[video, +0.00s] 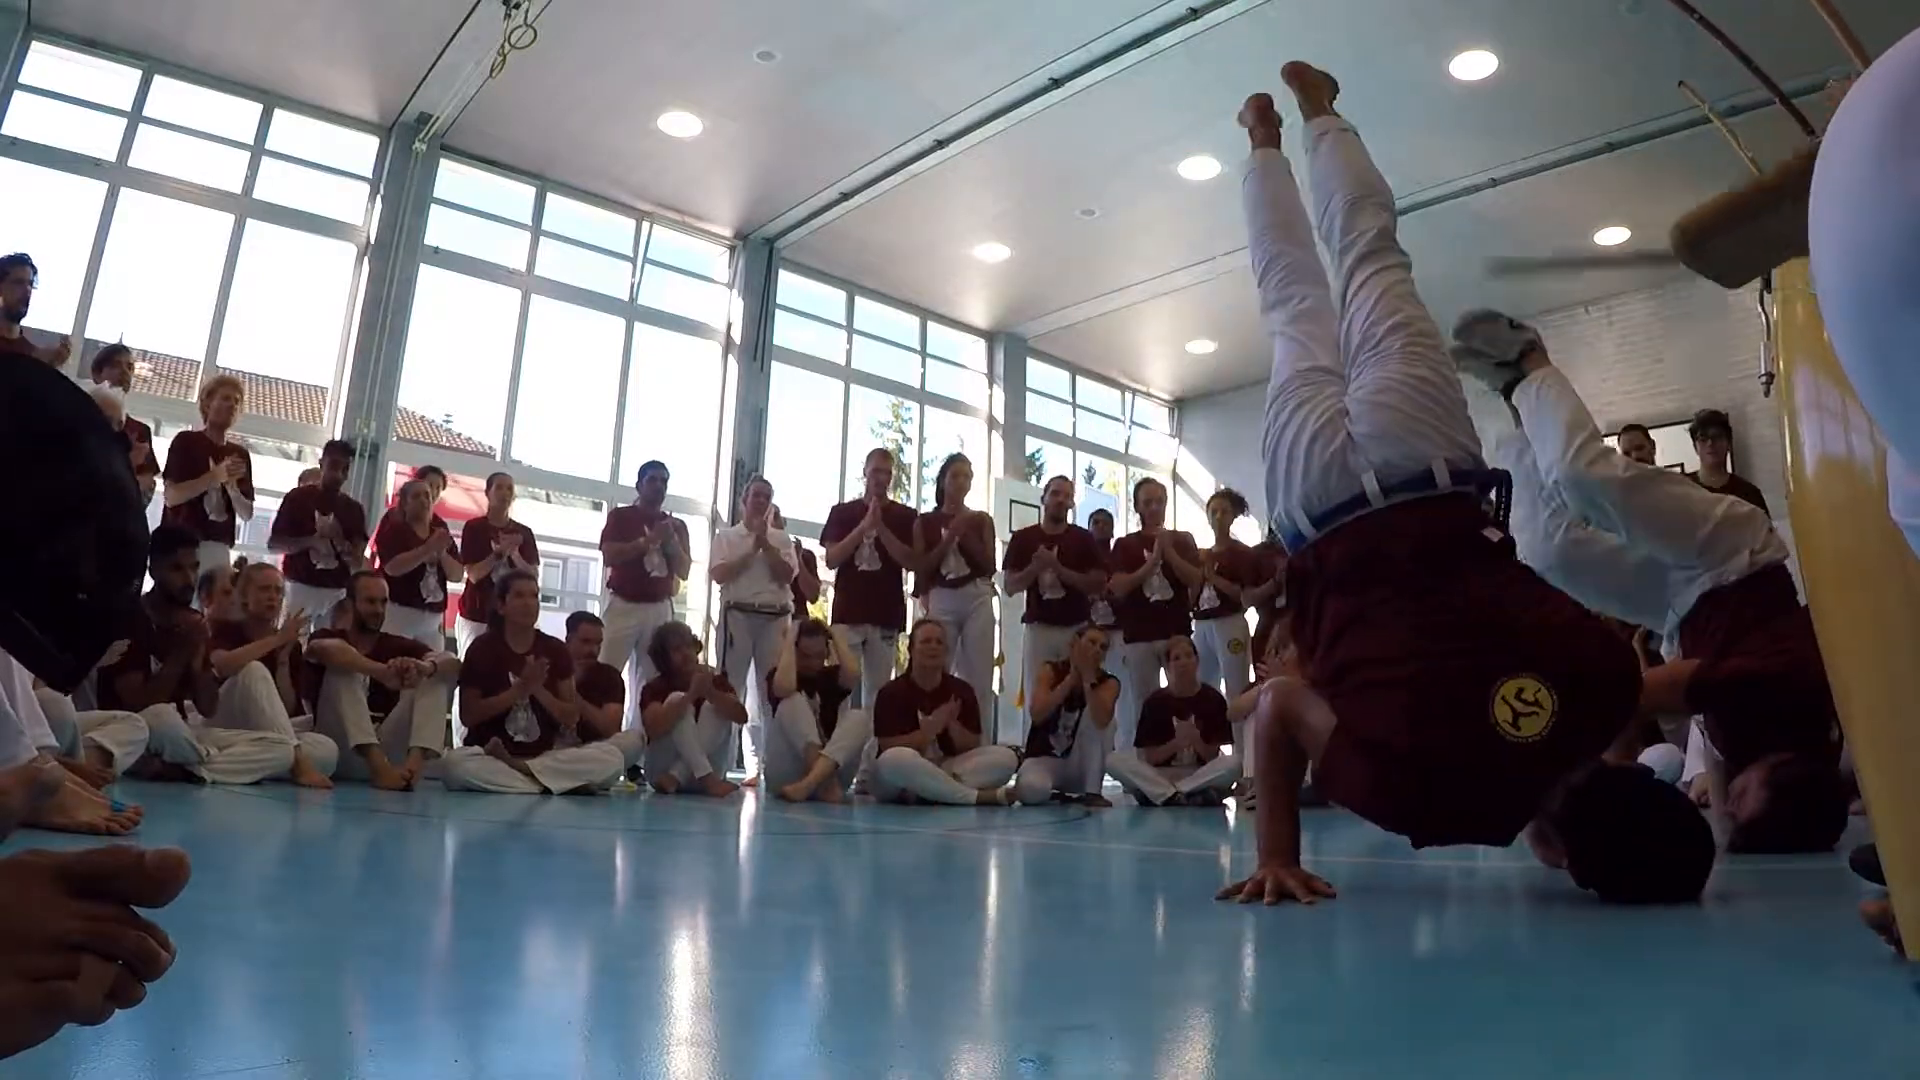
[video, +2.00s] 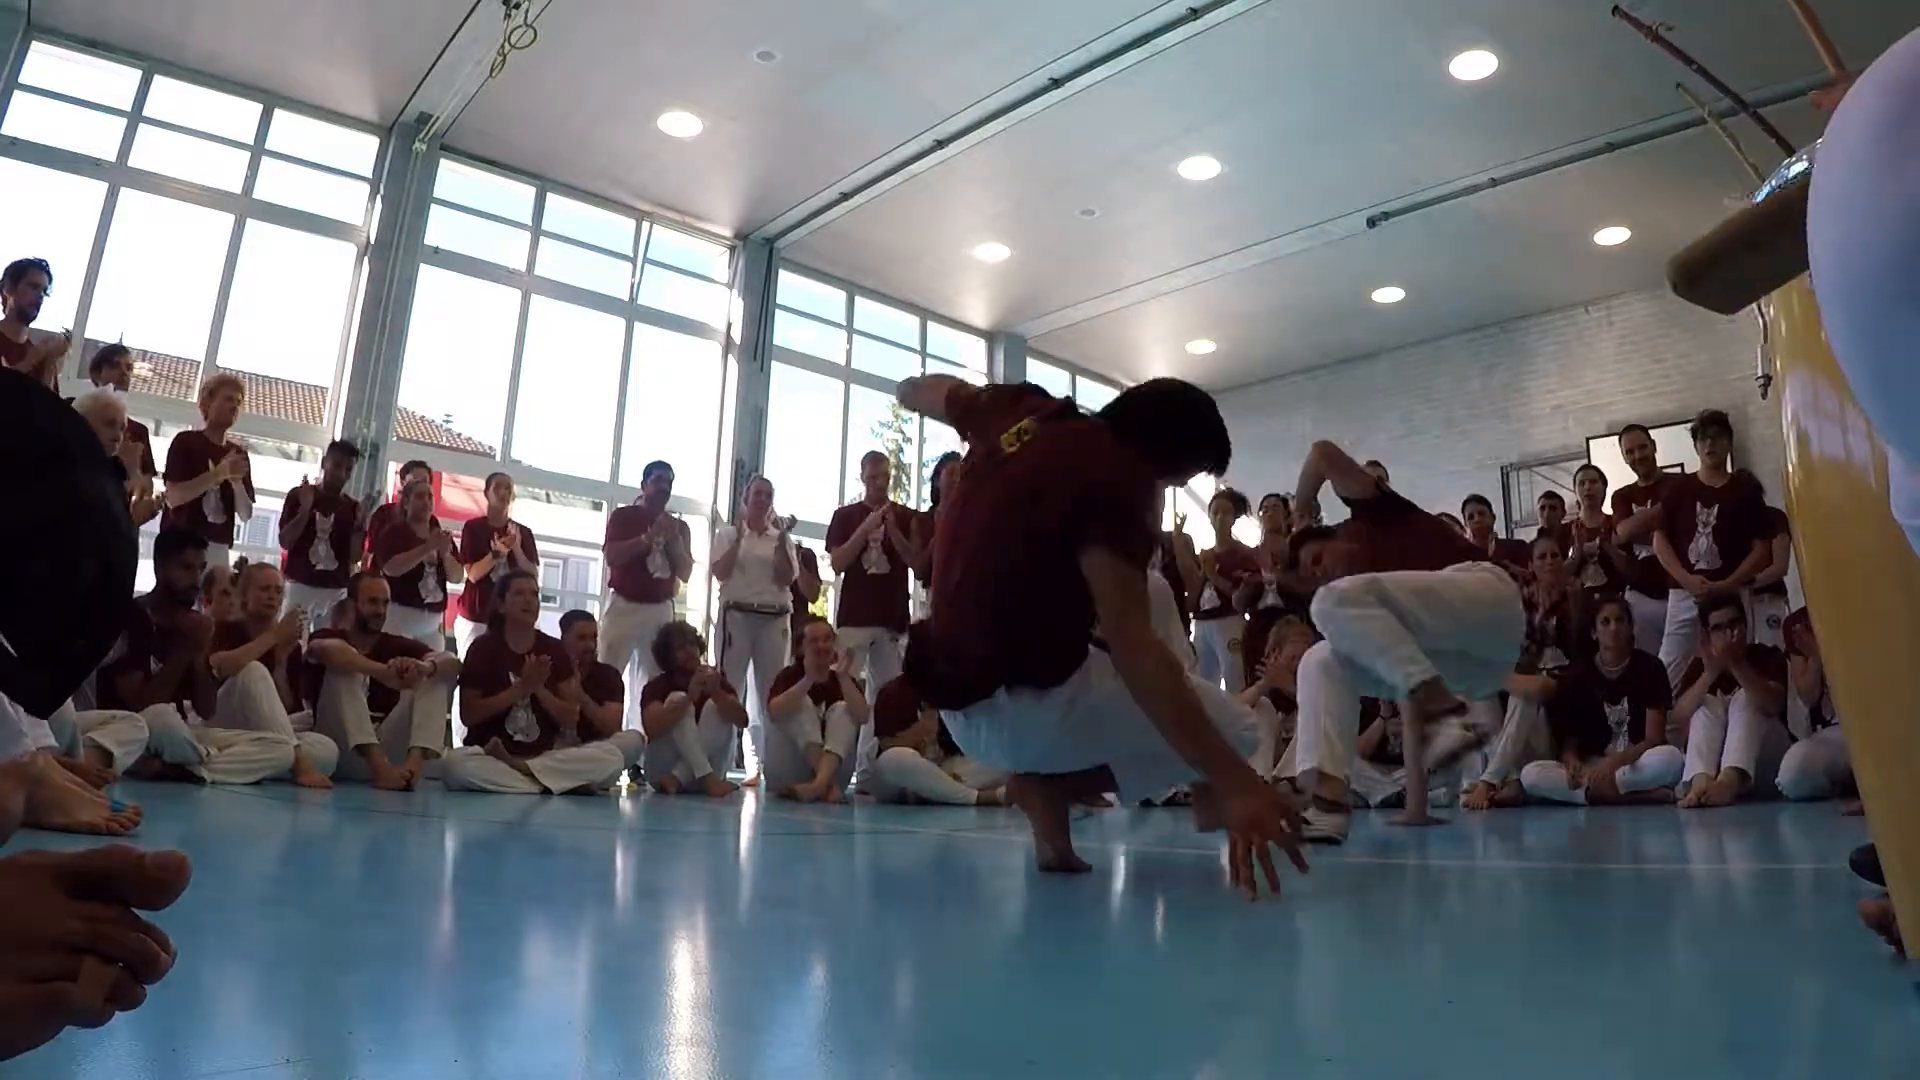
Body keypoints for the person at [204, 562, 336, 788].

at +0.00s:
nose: (273, 597)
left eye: (278, 590)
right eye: (264, 589)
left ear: (283, 597)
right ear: (245, 595)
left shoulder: (290, 644)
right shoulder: (224, 630)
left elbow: (290, 709)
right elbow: (221, 665)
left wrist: (283, 662)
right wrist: (281, 638)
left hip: (270, 733)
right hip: (224, 725)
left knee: (326, 751)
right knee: (253, 671)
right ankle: (299, 762)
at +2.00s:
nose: (273, 597)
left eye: (278, 591)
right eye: (264, 589)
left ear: (283, 597)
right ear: (244, 593)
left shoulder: (290, 647)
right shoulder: (225, 630)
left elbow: (290, 708)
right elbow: (219, 667)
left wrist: (281, 661)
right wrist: (274, 637)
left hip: (271, 732)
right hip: (223, 724)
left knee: (326, 751)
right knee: (253, 671)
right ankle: (299, 763)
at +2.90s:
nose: (273, 598)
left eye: (278, 591)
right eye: (264, 590)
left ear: (283, 596)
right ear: (244, 595)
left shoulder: (289, 645)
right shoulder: (225, 631)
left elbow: (292, 712)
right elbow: (220, 665)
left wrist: (278, 667)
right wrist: (278, 641)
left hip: (273, 734)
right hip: (224, 727)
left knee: (326, 752)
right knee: (253, 671)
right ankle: (299, 763)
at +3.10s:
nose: (273, 597)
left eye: (278, 591)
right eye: (264, 590)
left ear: (283, 597)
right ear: (244, 596)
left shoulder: (285, 644)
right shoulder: (225, 630)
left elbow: (288, 709)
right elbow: (221, 666)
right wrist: (280, 636)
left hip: (272, 733)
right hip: (224, 726)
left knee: (326, 752)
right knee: (253, 671)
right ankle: (300, 763)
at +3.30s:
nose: (275, 596)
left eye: (279, 590)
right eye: (266, 589)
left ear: (283, 597)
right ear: (245, 596)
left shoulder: (286, 644)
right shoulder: (226, 631)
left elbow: (285, 706)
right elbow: (221, 662)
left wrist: (296, 660)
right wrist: (282, 648)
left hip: (270, 735)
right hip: (224, 730)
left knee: (327, 751)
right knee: (253, 672)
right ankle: (299, 762)